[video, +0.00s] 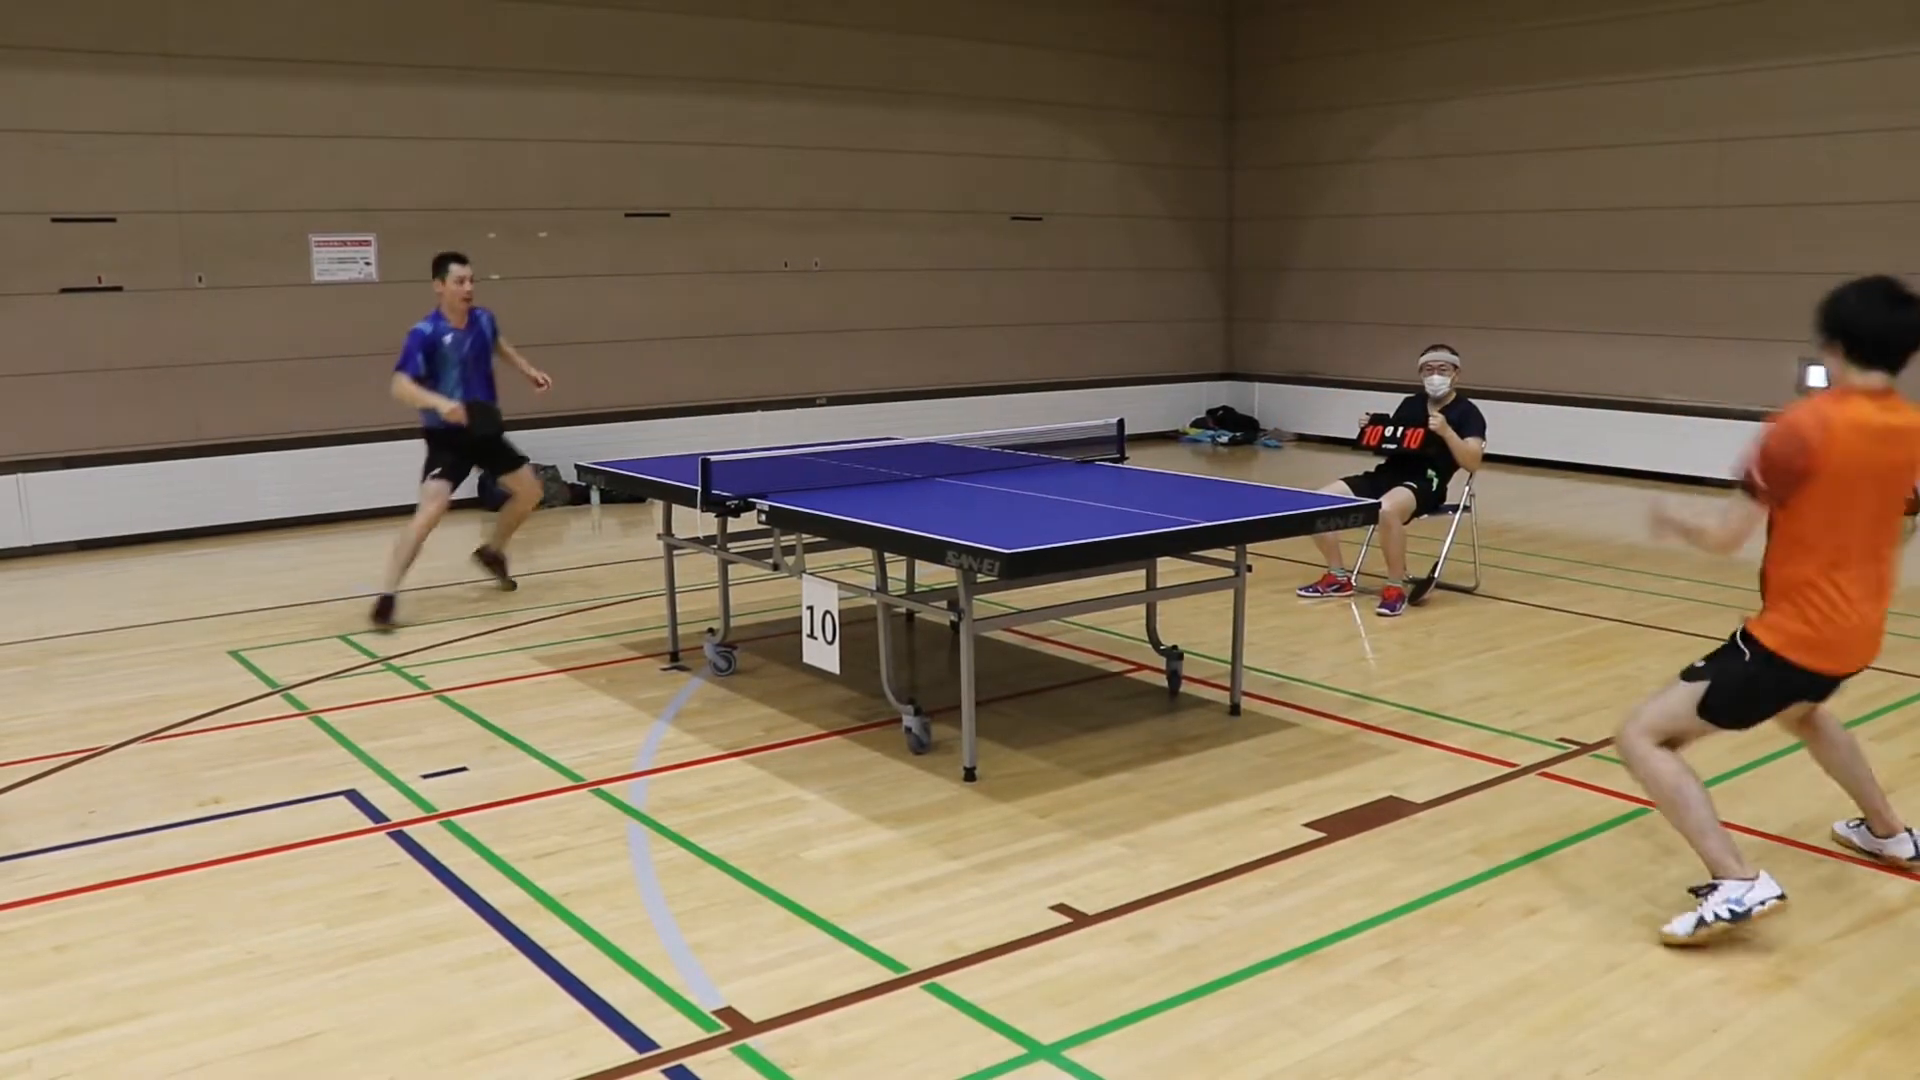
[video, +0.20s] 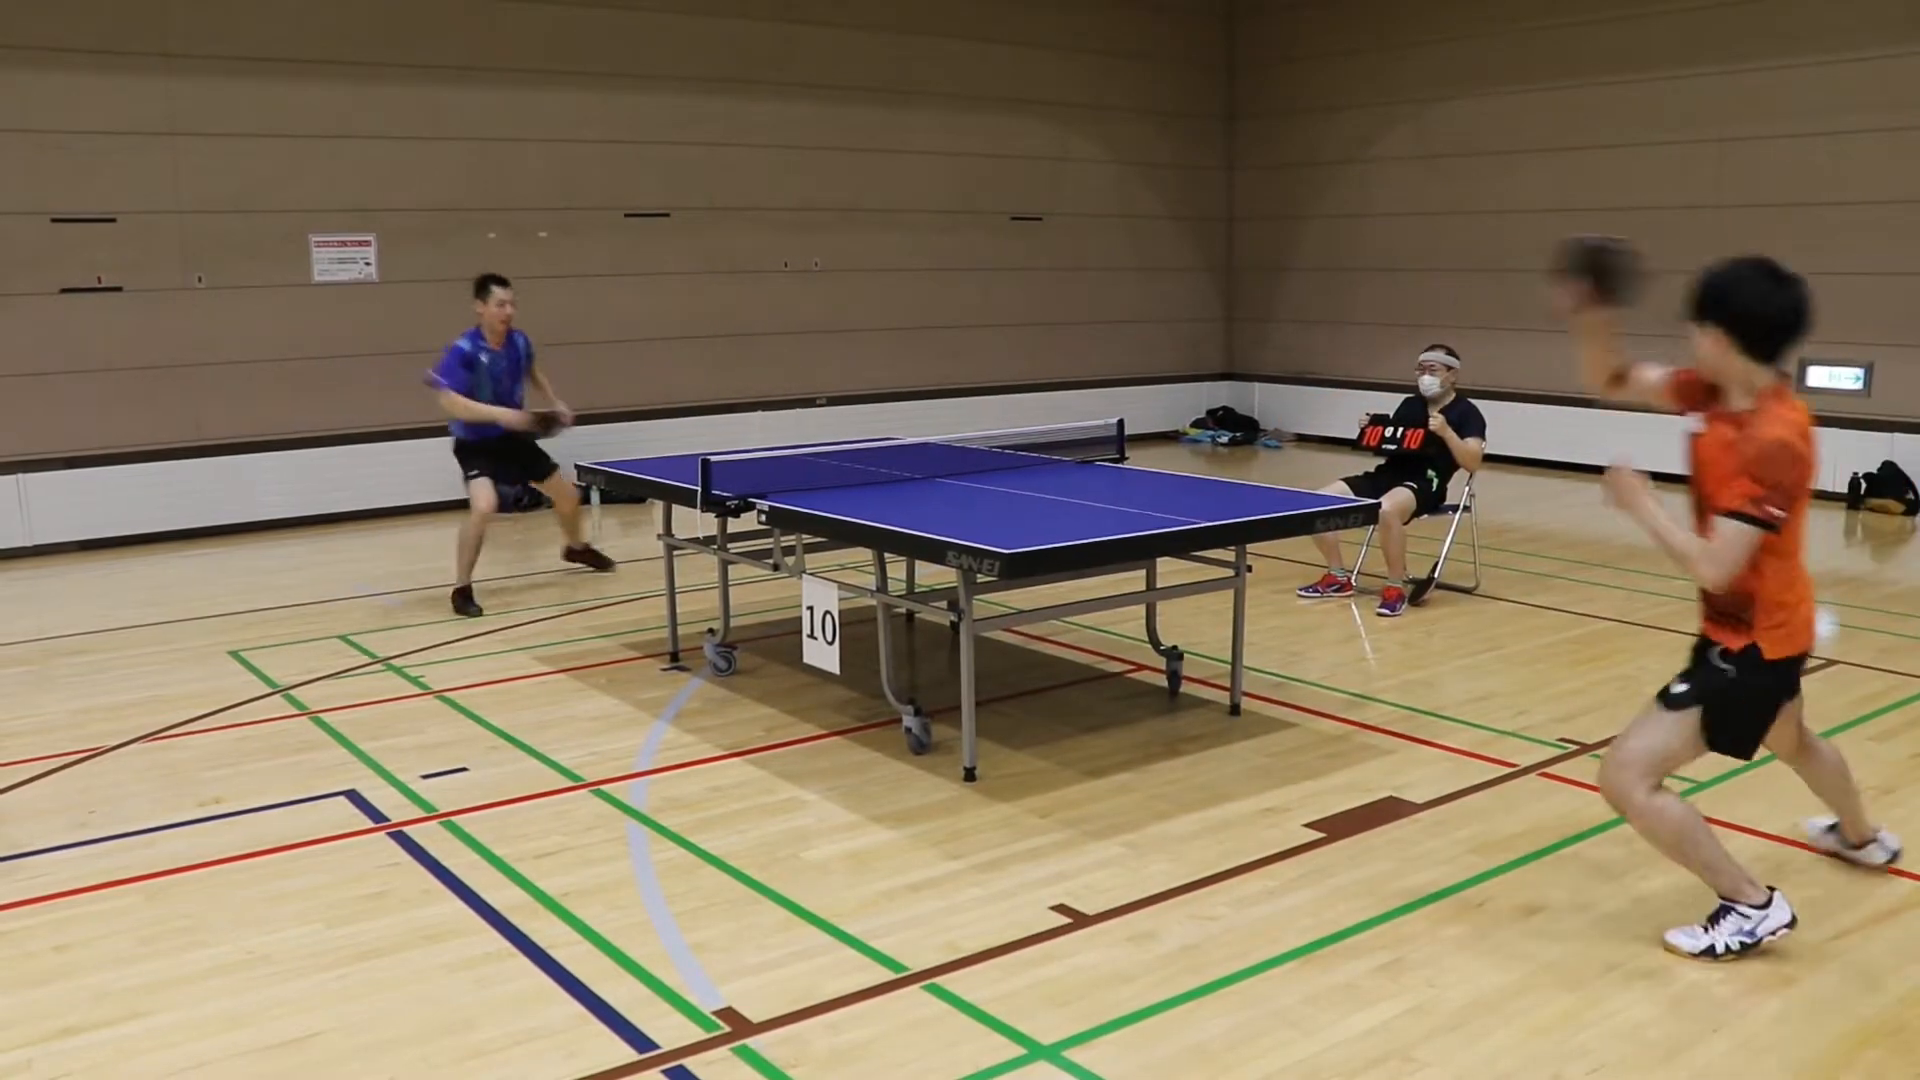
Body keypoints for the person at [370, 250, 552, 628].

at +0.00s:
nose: (468, 287)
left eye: (471, 281)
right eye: (460, 281)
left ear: (474, 284)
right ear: (439, 287)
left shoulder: (483, 321)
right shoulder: (424, 334)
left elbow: (499, 346)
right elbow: (401, 385)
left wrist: (528, 370)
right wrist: (442, 405)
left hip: (487, 430)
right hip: (447, 435)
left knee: (529, 492)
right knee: (431, 510)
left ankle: (492, 551)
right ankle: (387, 595)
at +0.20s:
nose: (508, 312)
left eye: (511, 304)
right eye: (500, 304)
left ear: (515, 307)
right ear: (480, 308)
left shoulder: (519, 343)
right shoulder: (462, 351)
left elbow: (533, 374)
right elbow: (450, 403)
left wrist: (555, 402)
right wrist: (505, 415)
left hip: (514, 437)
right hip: (475, 443)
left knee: (567, 494)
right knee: (485, 506)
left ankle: (575, 547)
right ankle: (462, 588)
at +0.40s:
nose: (575, 312)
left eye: (575, 304)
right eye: (567, 306)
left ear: (548, 310)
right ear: (547, 311)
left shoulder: (535, 330)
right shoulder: (558, 345)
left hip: (541, 439)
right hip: (525, 440)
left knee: (600, 481)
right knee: (526, 509)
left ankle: (581, 556)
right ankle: (474, 583)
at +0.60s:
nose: (615, 265)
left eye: (616, 259)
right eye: (608, 259)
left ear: (593, 264)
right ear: (589, 262)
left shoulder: (570, 289)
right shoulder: (605, 304)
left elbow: (537, 308)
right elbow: (617, 355)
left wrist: (536, 300)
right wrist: (640, 381)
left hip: (579, 390)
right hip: (590, 391)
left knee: (628, 459)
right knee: (594, 469)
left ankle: (601, 527)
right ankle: (555, 540)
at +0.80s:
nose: (645, 281)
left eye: (648, 275)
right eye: (638, 275)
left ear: (646, 278)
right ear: (622, 278)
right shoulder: (626, 312)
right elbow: (633, 369)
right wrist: (662, 402)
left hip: (621, 399)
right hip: (622, 402)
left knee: (656, 459)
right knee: (659, 463)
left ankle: (663, 518)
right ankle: (635, 541)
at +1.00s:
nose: (660, 296)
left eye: (664, 290)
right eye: (653, 290)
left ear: (668, 292)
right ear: (640, 293)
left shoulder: (667, 319)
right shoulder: (633, 327)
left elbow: (666, 359)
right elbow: (645, 379)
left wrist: (676, 385)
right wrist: (678, 410)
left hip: (658, 399)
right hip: (631, 403)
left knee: (685, 455)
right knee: (651, 457)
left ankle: (670, 519)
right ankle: (638, 534)